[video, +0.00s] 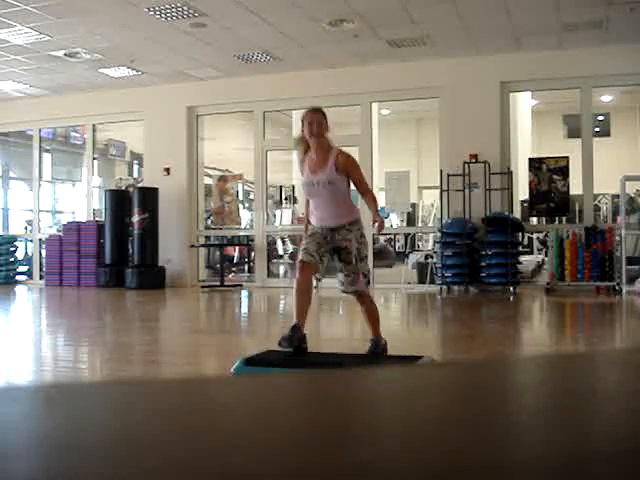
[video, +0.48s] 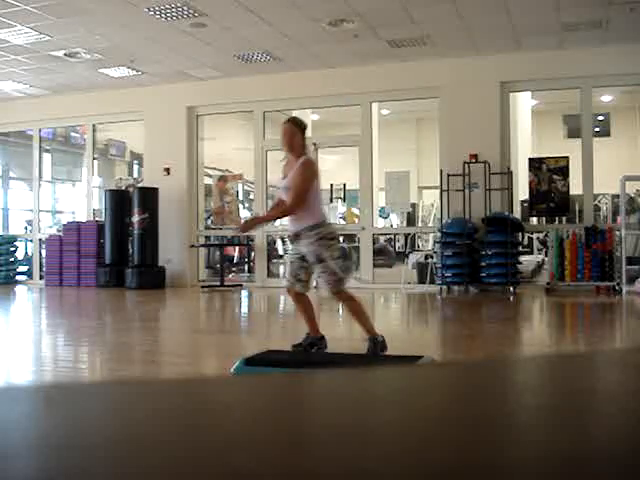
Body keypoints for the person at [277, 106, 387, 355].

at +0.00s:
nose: (313, 128)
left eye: (318, 123)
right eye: (308, 124)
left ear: (326, 126)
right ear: (303, 129)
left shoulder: (342, 159)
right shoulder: (304, 160)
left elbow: (365, 190)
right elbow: (309, 198)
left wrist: (376, 214)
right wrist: (307, 227)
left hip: (347, 229)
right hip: (317, 230)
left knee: (358, 288)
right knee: (303, 270)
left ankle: (377, 339)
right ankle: (298, 331)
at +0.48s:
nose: (285, 140)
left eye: (289, 135)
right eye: (283, 135)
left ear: (300, 137)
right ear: (283, 138)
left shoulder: (306, 165)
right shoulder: (288, 165)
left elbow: (294, 204)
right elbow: (283, 201)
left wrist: (257, 222)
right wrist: (261, 220)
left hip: (317, 234)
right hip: (299, 237)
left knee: (337, 290)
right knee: (295, 290)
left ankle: (374, 336)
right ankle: (315, 335)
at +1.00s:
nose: (174, 133)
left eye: (177, 128)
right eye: (175, 127)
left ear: (188, 131)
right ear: (200, 131)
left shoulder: (183, 163)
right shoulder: (218, 159)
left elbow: (172, 203)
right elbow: (239, 190)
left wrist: (163, 234)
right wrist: (260, 215)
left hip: (198, 225)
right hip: (225, 224)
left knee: (172, 282)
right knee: (226, 281)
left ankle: (178, 347)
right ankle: (252, 333)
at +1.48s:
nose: (164, 120)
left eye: (163, 115)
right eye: (160, 115)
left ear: (138, 117)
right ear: (146, 117)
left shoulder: (121, 145)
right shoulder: (148, 143)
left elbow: (126, 191)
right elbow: (137, 178)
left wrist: (160, 211)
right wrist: (130, 219)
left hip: (110, 219)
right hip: (137, 220)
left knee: (99, 293)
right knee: (166, 282)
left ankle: (75, 362)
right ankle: (166, 348)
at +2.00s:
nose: (193, 87)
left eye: (195, 83)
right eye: (186, 82)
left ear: (196, 91)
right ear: (169, 87)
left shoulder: (184, 134)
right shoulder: (163, 113)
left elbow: (213, 174)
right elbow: (131, 147)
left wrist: (253, 192)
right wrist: (107, 182)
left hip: (155, 207)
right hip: (159, 205)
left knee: (135, 286)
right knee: (176, 286)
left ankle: (101, 359)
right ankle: (144, 365)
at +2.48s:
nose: (282, 92)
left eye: (284, 86)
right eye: (279, 84)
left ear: (265, 83)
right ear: (261, 79)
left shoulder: (259, 115)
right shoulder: (241, 104)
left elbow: (275, 157)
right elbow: (263, 133)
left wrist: (307, 176)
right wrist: (297, 143)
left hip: (261, 204)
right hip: (240, 202)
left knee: (299, 257)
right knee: (249, 287)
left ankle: (268, 327)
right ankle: (232, 371)